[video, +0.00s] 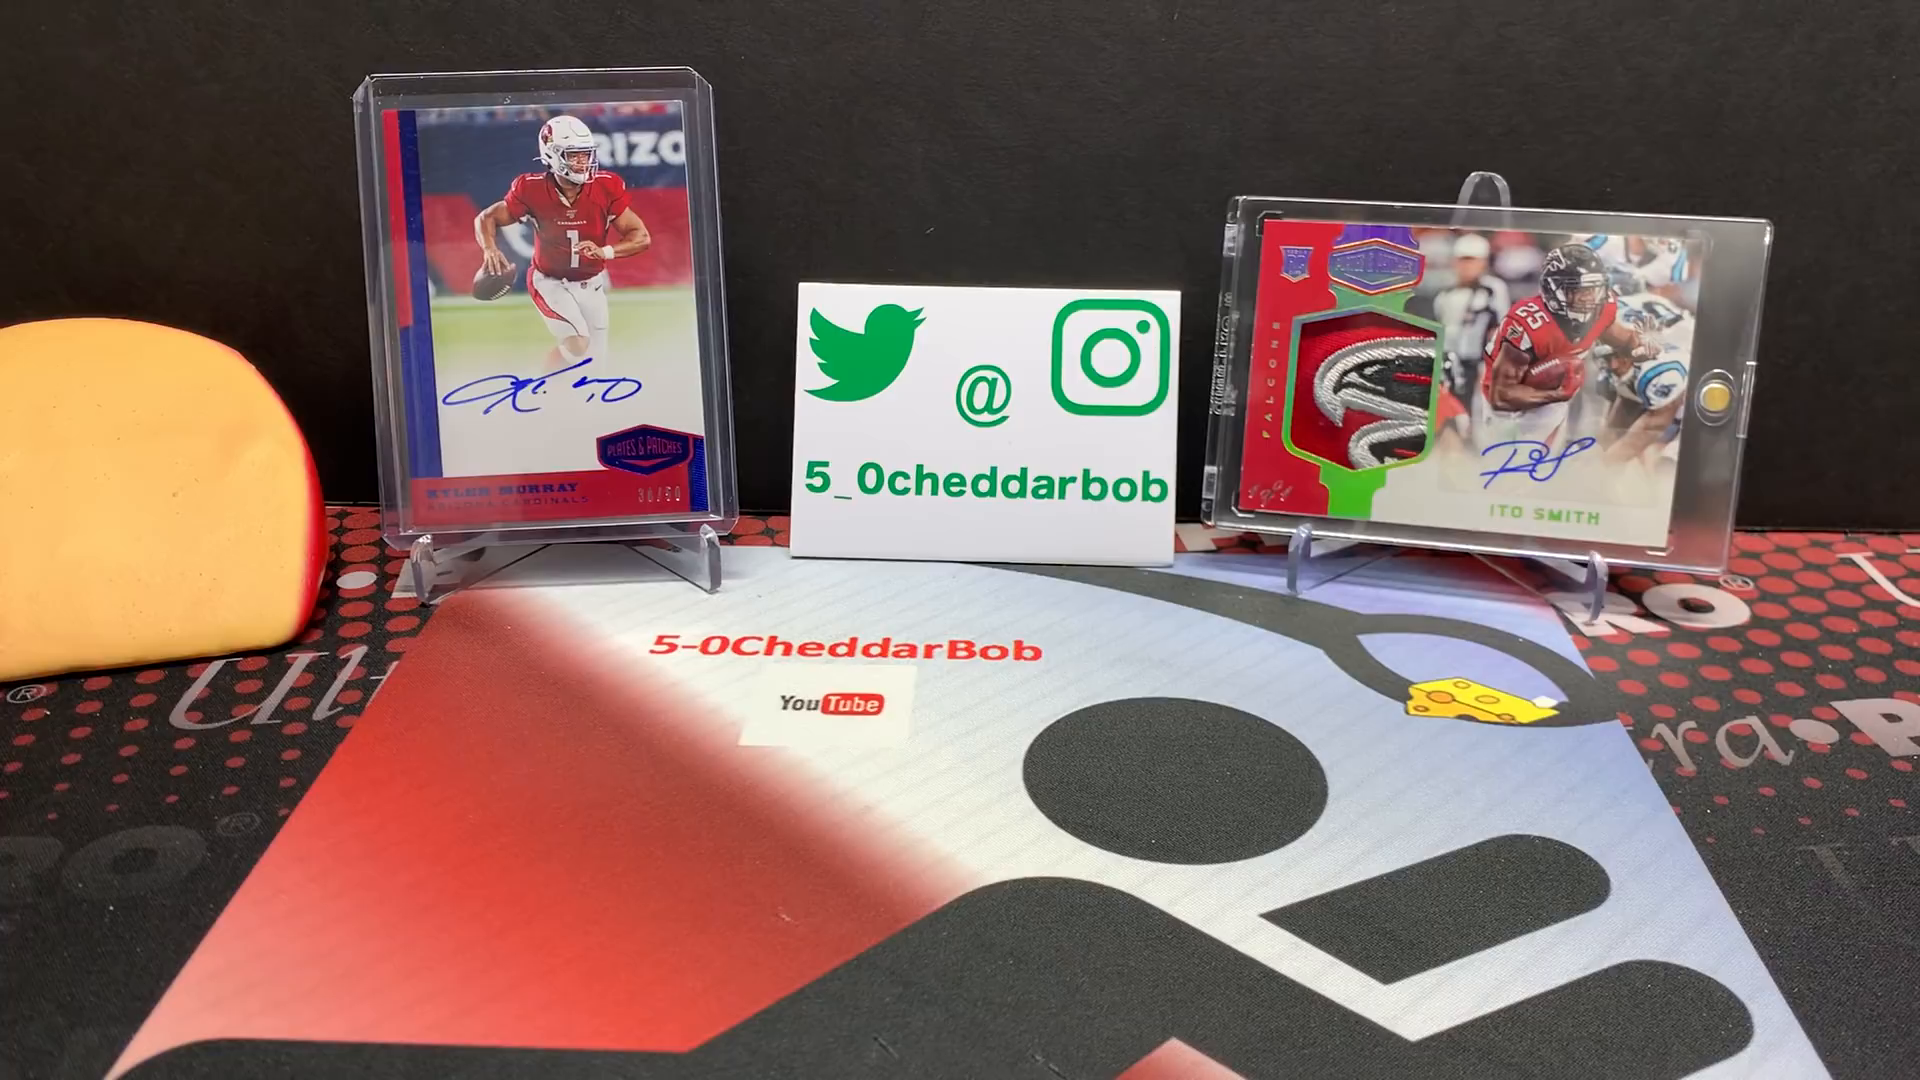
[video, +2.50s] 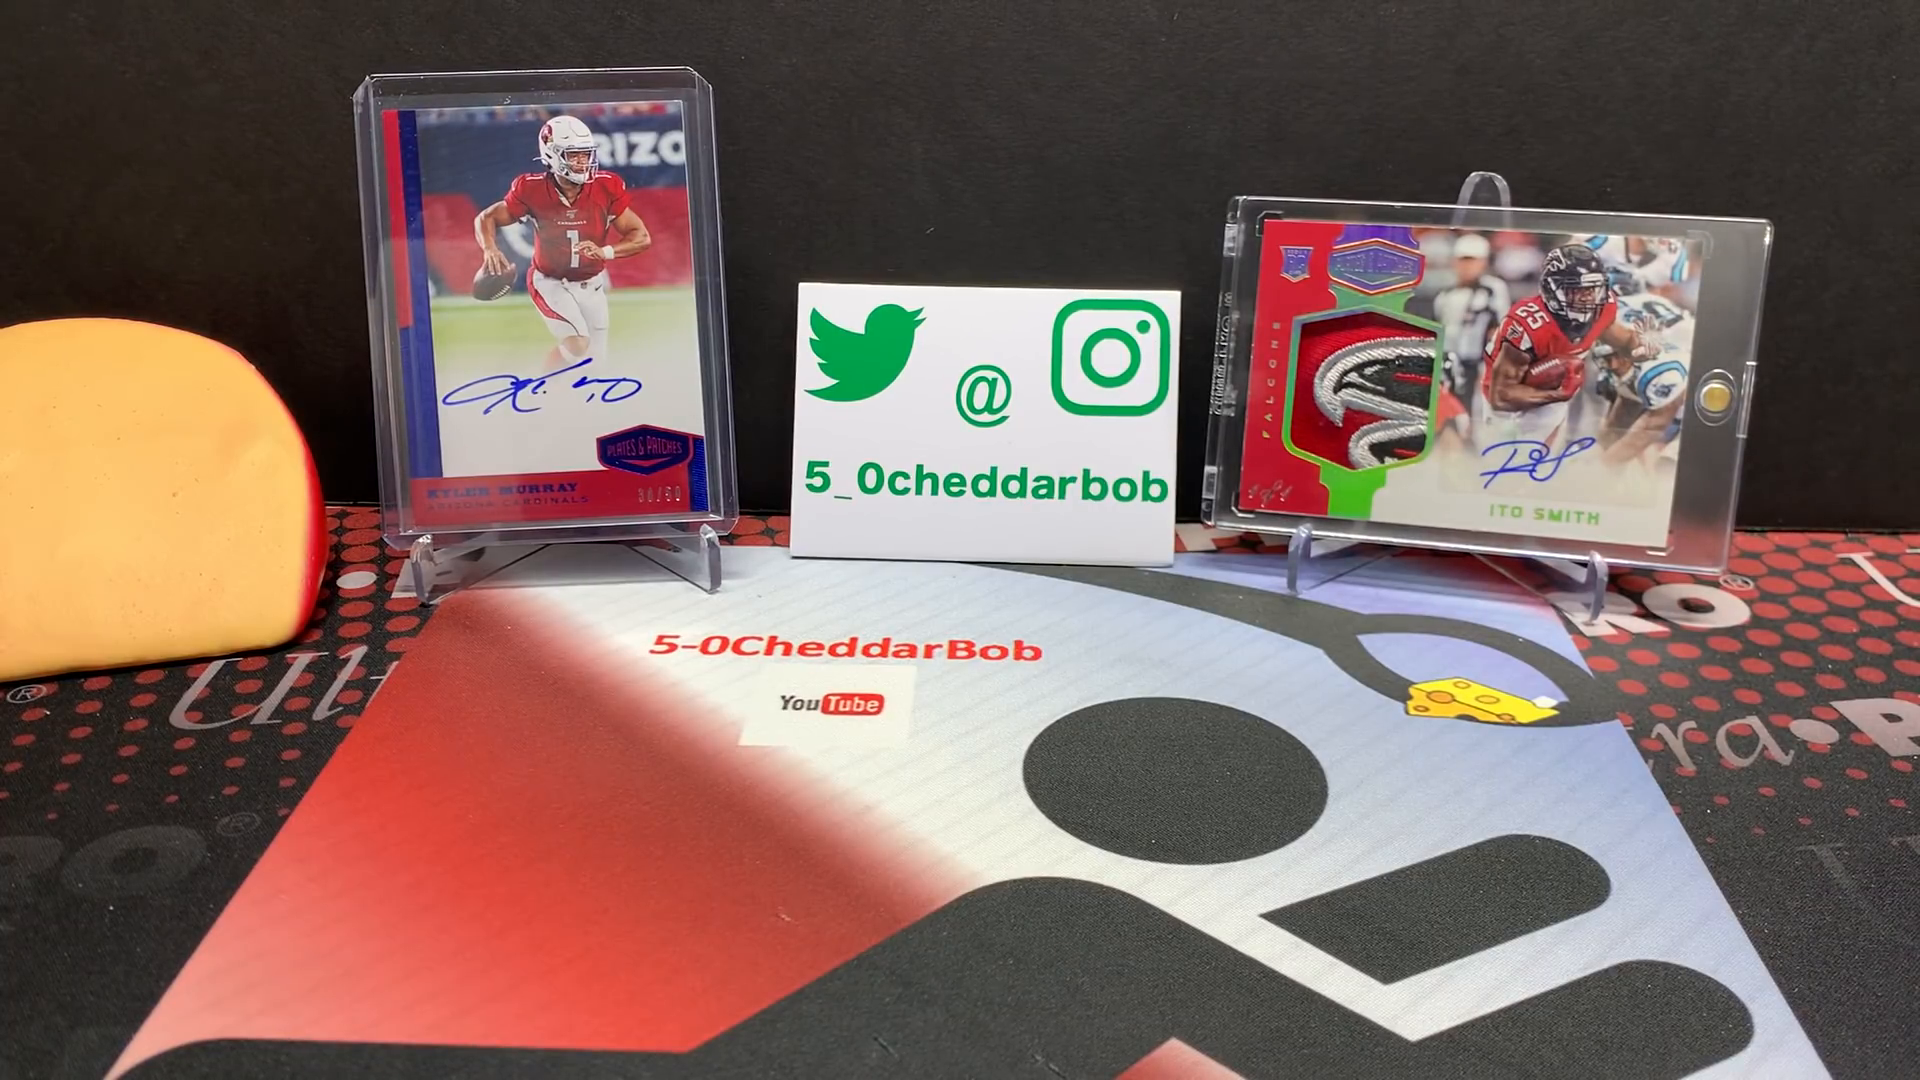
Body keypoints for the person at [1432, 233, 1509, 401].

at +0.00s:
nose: (1467, 266)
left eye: (1472, 259)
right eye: (1463, 259)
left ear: (1484, 262)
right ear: (1456, 262)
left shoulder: (1495, 288)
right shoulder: (1443, 297)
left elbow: (1502, 328)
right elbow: (1441, 332)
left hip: (1482, 365)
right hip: (1451, 365)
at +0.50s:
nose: (1467, 266)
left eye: (1472, 259)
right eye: (1463, 259)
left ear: (1484, 262)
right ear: (1455, 261)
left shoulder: (1495, 288)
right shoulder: (1443, 297)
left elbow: (1502, 328)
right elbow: (1441, 332)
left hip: (1482, 365)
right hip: (1451, 364)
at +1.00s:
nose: (1467, 266)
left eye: (1473, 260)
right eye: (1463, 259)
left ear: (1484, 262)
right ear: (1456, 262)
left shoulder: (1495, 288)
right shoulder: (1443, 297)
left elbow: (1502, 328)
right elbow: (1441, 332)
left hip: (1482, 365)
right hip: (1450, 365)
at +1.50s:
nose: (1467, 266)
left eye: (1472, 259)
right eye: (1463, 259)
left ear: (1484, 262)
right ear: (1456, 262)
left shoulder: (1495, 288)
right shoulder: (1443, 297)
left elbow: (1502, 328)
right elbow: (1441, 332)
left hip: (1482, 365)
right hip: (1451, 364)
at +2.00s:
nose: (1467, 266)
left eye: (1473, 259)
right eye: (1463, 259)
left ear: (1484, 261)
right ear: (1456, 262)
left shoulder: (1495, 288)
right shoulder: (1443, 297)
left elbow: (1503, 328)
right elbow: (1441, 332)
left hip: (1482, 365)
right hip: (1450, 365)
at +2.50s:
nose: (1467, 265)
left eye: (1473, 259)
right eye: (1463, 259)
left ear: (1484, 261)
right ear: (1455, 261)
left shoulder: (1495, 288)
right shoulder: (1443, 297)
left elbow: (1502, 328)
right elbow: (1440, 333)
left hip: (1482, 366)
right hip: (1450, 366)